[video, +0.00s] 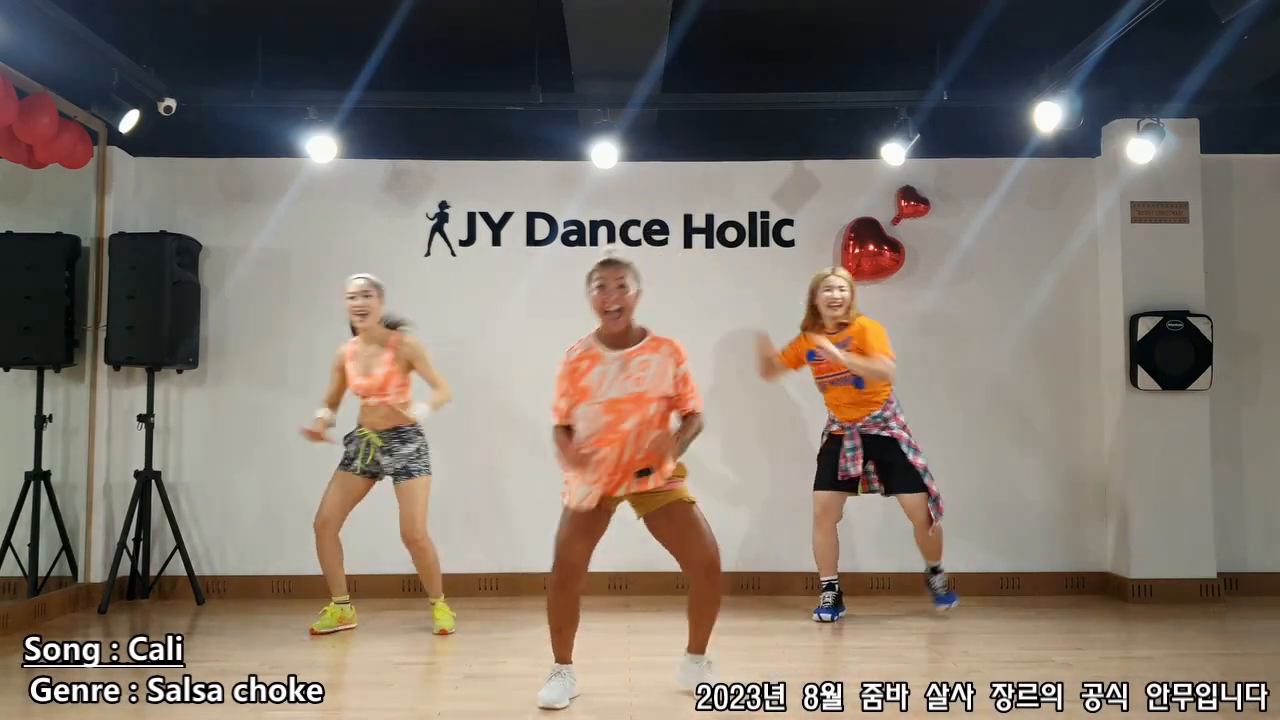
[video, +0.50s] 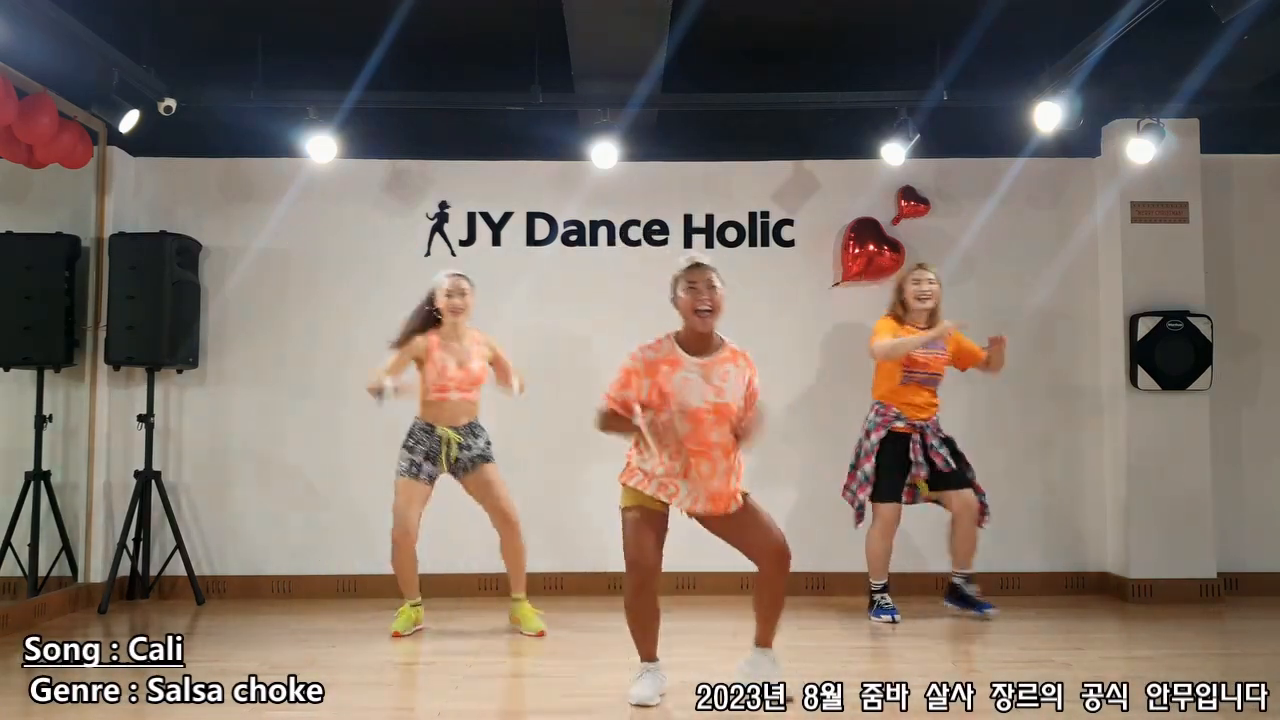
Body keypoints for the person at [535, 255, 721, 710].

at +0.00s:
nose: (611, 296)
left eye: (620, 287)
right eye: (601, 289)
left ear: (637, 294)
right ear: (590, 299)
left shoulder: (666, 352)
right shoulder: (576, 358)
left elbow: (693, 416)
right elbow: (562, 426)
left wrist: (672, 448)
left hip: (654, 474)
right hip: (593, 476)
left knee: (706, 561)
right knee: (566, 566)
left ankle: (696, 662)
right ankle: (562, 670)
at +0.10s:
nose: (632, 279)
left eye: (641, 270)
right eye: (622, 273)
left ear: (658, 279)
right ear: (611, 284)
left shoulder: (687, 336)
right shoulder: (595, 340)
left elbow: (724, 397)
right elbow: (570, 414)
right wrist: (577, 403)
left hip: (671, 451)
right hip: (614, 454)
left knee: (706, 553)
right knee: (589, 555)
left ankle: (696, 660)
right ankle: (573, 665)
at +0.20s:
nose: (650, 279)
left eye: (659, 270)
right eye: (640, 272)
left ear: (675, 278)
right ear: (627, 283)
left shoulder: (701, 328)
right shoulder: (616, 333)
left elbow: (751, 366)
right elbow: (577, 379)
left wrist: (738, 329)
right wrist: (590, 349)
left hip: (686, 454)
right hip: (629, 454)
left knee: (709, 548)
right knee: (608, 547)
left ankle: (697, 662)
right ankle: (618, 656)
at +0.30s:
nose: (665, 283)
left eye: (674, 275)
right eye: (654, 276)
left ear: (689, 286)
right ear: (641, 288)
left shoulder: (713, 335)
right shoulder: (628, 339)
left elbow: (763, 360)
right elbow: (584, 365)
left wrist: (763, 336)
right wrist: (600, 347)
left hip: (698, 464)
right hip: (640, 465)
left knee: (723, 553)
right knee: (632, 558)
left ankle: (702, 662)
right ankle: (646, 666)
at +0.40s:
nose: (681, 287)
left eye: (690, 279)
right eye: (671, 280)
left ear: (703, 289)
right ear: (656, 290)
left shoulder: (724, 343)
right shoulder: (633, 344)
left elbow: (769, 403)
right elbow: (578, 395)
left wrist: (745, 376)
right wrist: (612, 376)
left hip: (702, 470)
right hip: (642, 470)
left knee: (758, 545)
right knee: (642, 562)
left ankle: (734, 649)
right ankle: (649, 668)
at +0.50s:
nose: (704, 296)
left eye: (711, 288)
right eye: (693, 288)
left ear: (723, 298)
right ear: (676, 300)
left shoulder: (738, 363)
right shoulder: (649, 358)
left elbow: (748, 423)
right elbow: (606, 419)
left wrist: (742, 430)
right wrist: (643, 424)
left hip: (710, 482)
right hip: (650, 480)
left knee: (775, 553)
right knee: (641, 564)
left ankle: (762, 656)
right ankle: (648, 668)